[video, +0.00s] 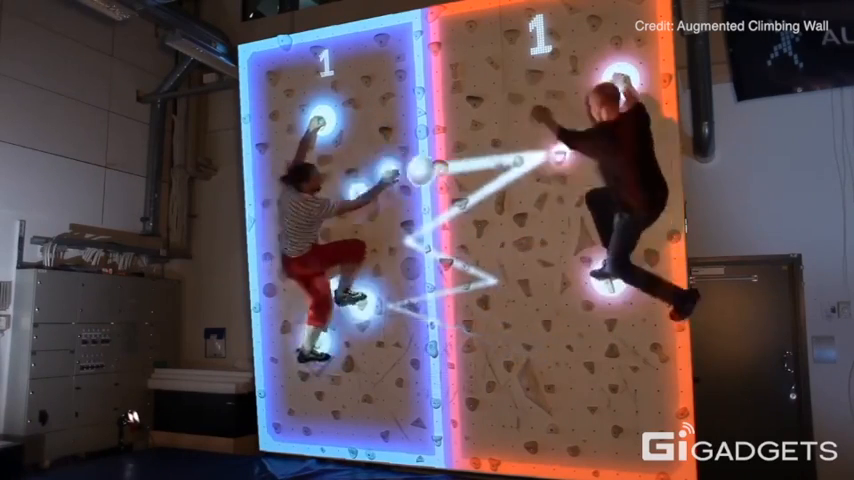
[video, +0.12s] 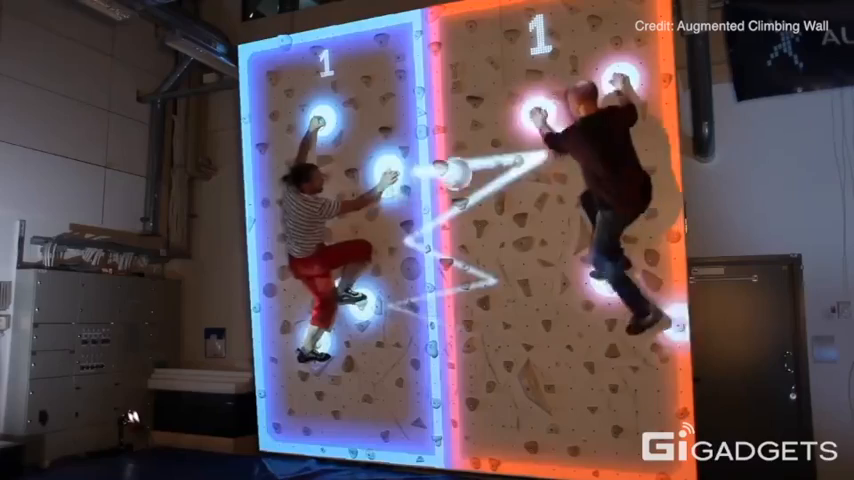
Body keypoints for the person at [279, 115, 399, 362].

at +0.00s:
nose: (320, 180)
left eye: (318, 177)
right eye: (316, 178)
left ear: (299, 182)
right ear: (307, 184)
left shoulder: (288, 192)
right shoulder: (317, 205)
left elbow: (298, 161)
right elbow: (356, 204)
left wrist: (311, 132)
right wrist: (383, 184)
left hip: (291, 264)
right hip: (308, 259)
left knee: (322, 301)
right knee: (356, 248)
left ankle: (307, 350)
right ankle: (343, 293)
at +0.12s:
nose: (322, 181)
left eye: (320, 177)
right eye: (318, 179)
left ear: (301, 184)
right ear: (308, 186)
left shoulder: (290, 191)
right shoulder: (317, 206)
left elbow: (300, 159)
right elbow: (355, 205)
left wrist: (311, 131)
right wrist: (382, 186)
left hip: (297, 264)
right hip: (316, 260)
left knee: (326, 301)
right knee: (362, 249)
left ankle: (307, 349)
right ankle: (343, 292)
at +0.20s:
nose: (321, 182)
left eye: (319, 178)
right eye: (317, 180)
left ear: (301, 185)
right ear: (306, 187)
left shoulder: (290, 193)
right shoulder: (314, 207)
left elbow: (300, 160)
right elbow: (354, 205)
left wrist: (312, 131)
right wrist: (381, 187)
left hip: (298, 264)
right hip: (314, 260)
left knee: (327, 302)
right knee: (362, 249)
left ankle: (307, 349)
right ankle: (343, 291)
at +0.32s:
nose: (319, 184)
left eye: (317, 180)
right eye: (314, 183)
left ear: (299, 188)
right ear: (303, 189)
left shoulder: (289, 195)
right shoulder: (311, 211)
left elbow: (300, 162)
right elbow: (351, 213)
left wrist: (311, 132)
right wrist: (375, 191)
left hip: (297, 266)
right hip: (312, 261)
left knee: (327, 305)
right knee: (358, 248)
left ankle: (308, 349)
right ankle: (342, 292)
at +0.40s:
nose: (317, 186)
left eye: (316, 182)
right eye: (313, 184)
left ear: (298, 188)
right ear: (301, 190)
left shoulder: (288, 194)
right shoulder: (306, 216)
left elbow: (300, 162)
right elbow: (345, 227)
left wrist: (311, 132)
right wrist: (370, 206)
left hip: (296, 265)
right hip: (309, 262)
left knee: (327, 305)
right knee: (356, 248)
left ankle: (308, 350)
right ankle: (343, 293)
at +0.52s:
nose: (317, 187)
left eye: (316, 183)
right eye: (313, 185)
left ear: (298, 187)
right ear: (301, 189)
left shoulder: (288, 194)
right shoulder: (304, 215)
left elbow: (300, 160)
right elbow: (338, 235)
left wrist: (311, 132)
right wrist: (369, 223)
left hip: (294, 265)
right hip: (308, 262)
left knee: (326, 303)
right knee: (354, 248)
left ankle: (308, 349)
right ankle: (342, 293)